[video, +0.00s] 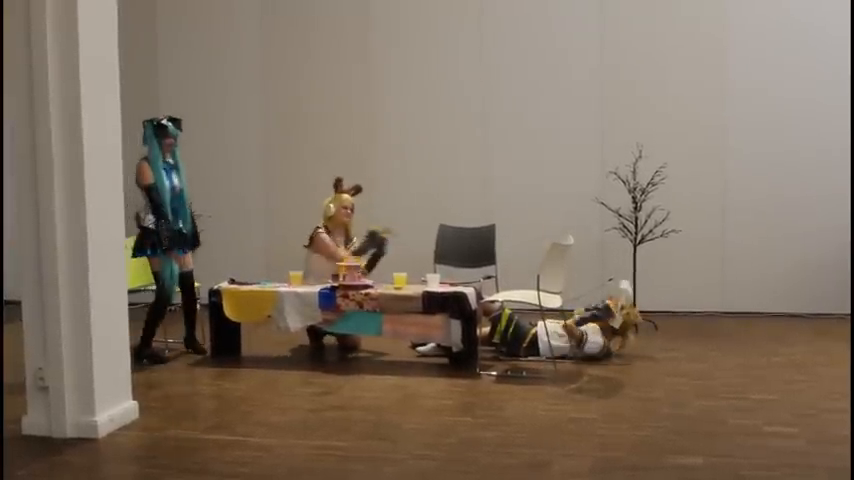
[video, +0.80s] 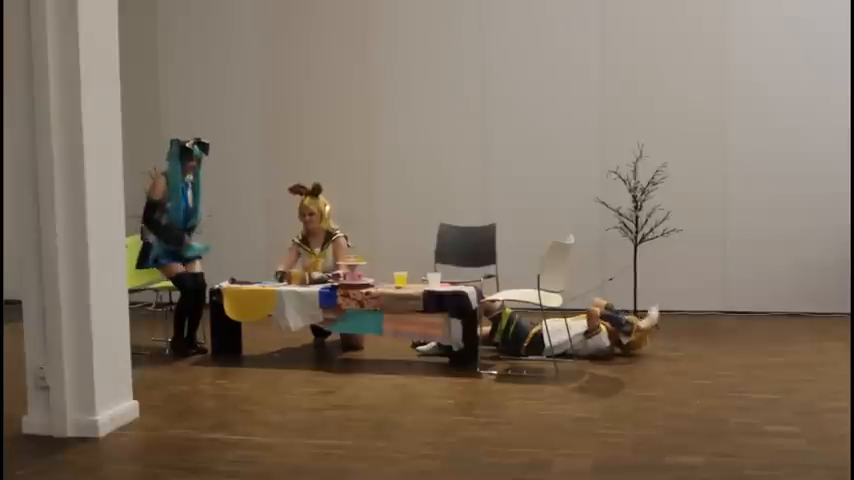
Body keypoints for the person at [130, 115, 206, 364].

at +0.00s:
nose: (172, 142)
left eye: (174, 138)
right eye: (167, 138)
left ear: (175, 140)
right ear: (155, 140)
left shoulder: (173, 165)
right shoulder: (145, 167)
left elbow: (183, 201)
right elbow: (155, 204)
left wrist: (192, 229)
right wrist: (169, 233)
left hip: (179, 232)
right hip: (156, 235)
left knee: (189, 289)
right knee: (165, 292)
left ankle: (191, 338)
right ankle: (144, 346)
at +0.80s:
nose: (193, 165)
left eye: (196, 161)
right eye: (190, 160)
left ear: (198, 163)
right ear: (180, 160)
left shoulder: (192, 183)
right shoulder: (163, 181)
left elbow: (191, 216)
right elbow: (149, 218)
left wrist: (190, 234)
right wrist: (177, 238)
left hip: (184, 243)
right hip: (161, 245)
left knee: (199, 287)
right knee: (188, 287)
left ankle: (191, 339)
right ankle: (178, 340)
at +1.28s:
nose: (183, 199)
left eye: (185, 196)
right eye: (180, 195)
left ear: (185, 197)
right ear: (169, 196)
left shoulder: (180, 217)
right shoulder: (152, 216)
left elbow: (185, 243)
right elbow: (137, 250)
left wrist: (180, 260)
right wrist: (162, 262)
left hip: (176, 268)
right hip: (157, 271)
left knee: (206, 290)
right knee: (193, 291)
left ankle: (190, 338)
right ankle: (178, 340)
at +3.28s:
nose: (189, 208)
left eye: (190, 204)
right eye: (186, 204)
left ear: (190, 204)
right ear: (174, 203)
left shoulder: (185, 222)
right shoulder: (153, 222)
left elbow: (191, 254)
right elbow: (165, 260)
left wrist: (200, 268)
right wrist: (192, 271)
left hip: (179, 269)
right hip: (159, 273)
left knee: (206, 285)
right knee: (198, 286)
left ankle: (199, 340)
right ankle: (192, 342)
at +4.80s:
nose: (195, 208)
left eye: (197, 204)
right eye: (193, 203)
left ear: (195, 203)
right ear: (180, 200)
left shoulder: (187, 221)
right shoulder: (158, 218)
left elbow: (192, 255)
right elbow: (165, 259)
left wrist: (202, 268)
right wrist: (192, 272)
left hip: (176, 269)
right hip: (155, 272)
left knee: (207, 286)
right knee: (198, 288)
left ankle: (199, 341)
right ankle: (191, 344)